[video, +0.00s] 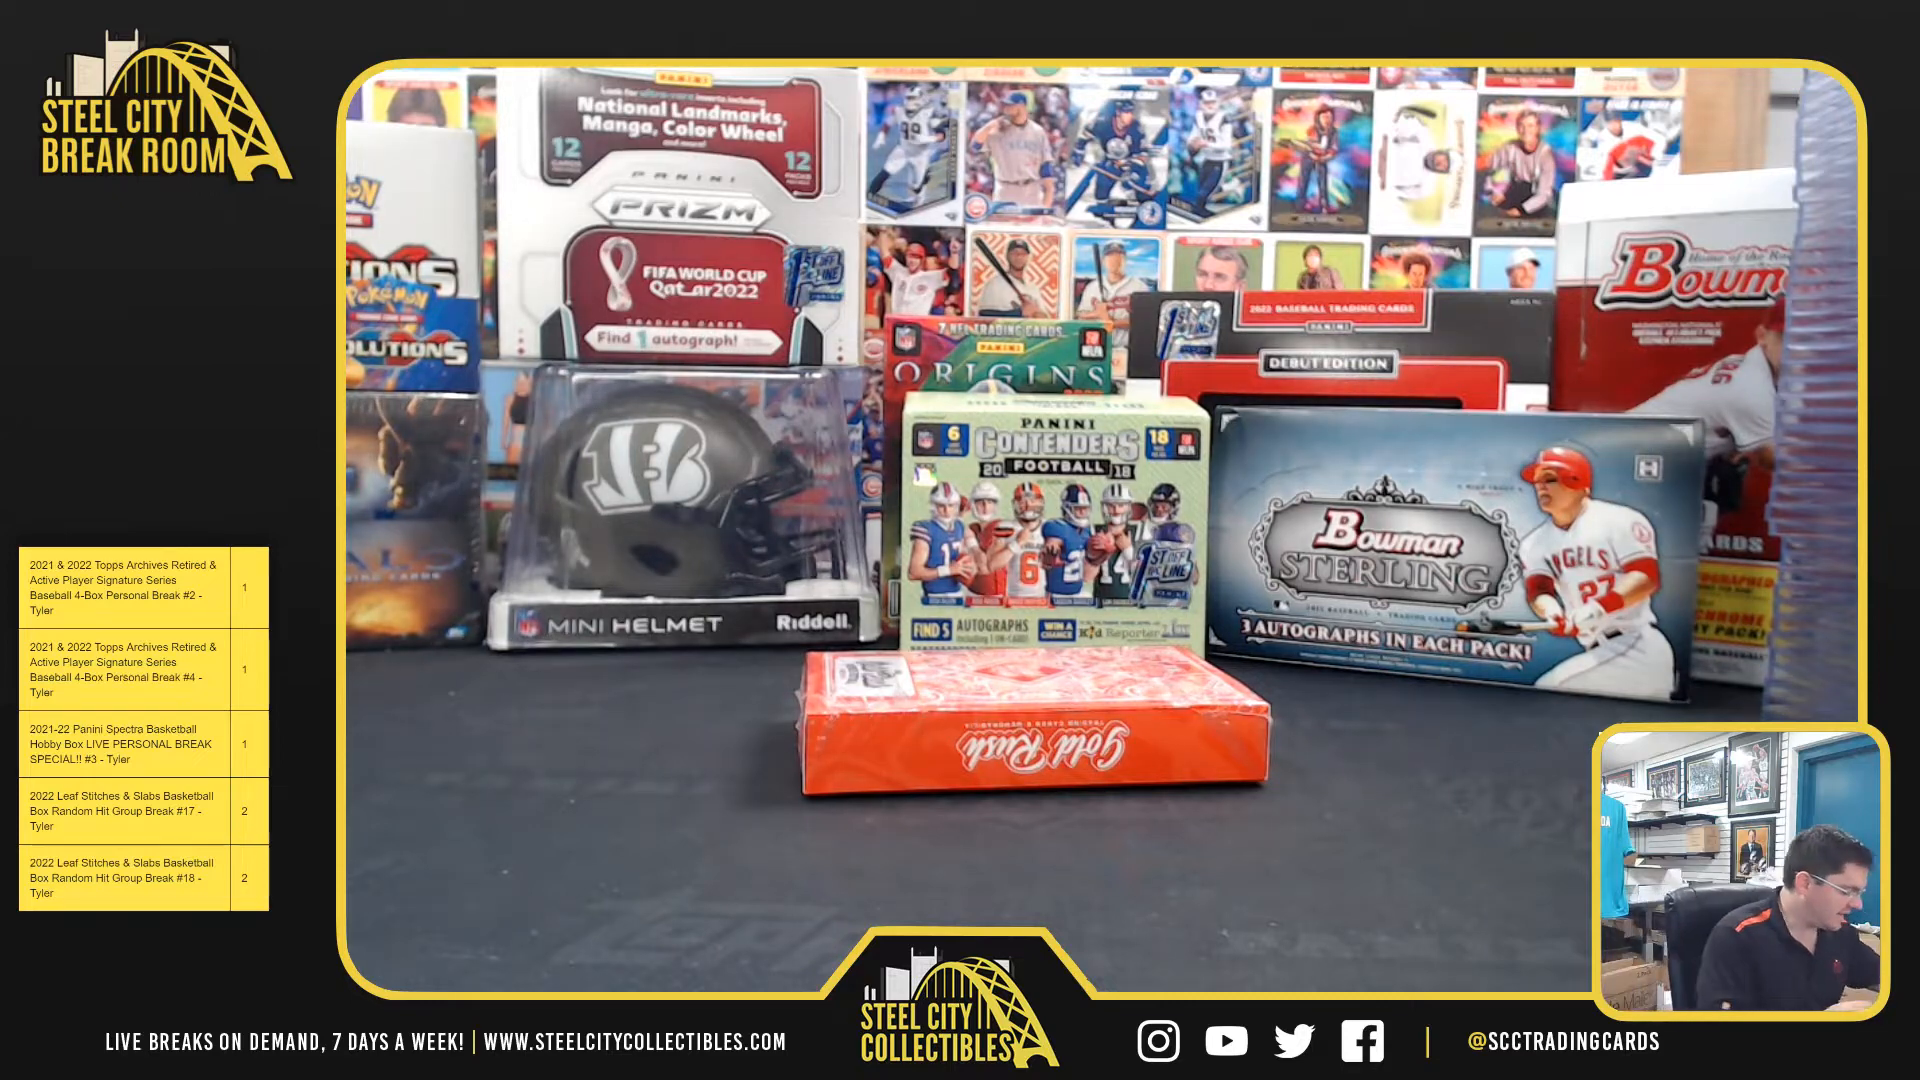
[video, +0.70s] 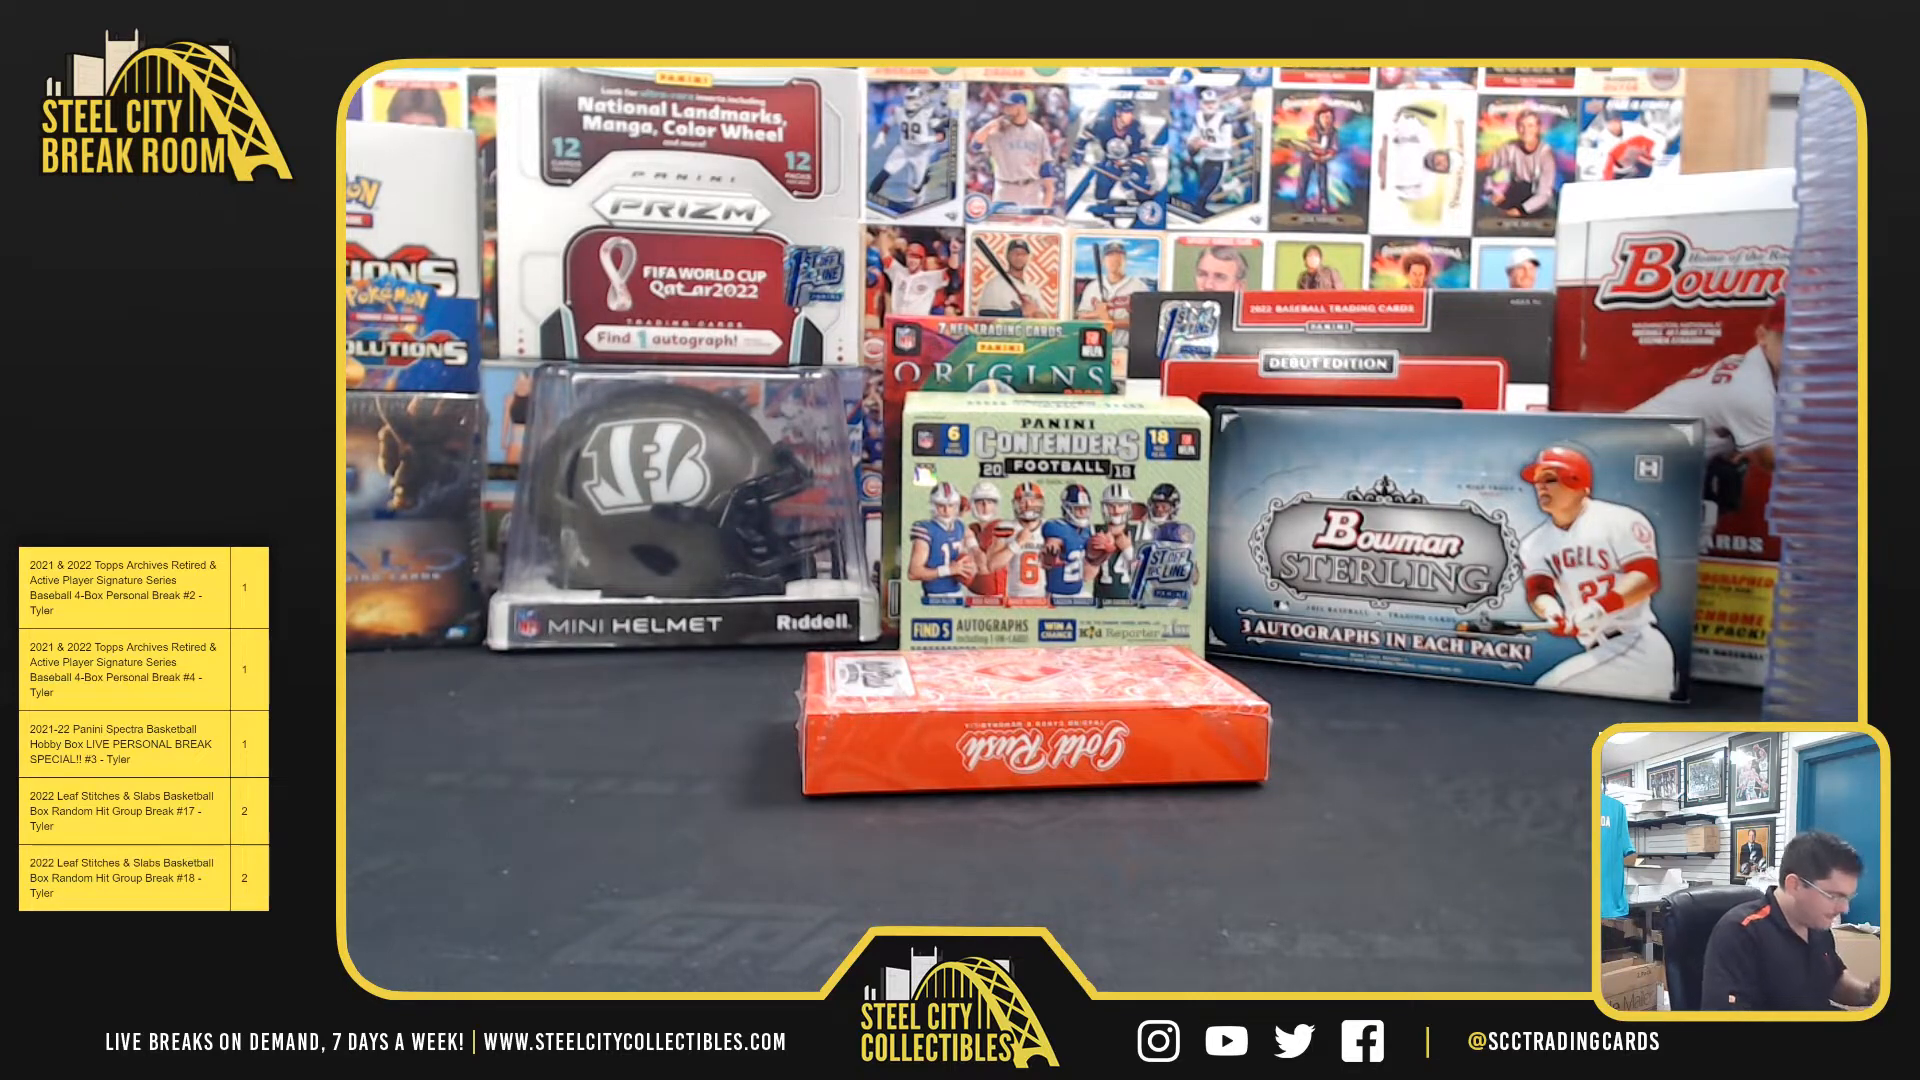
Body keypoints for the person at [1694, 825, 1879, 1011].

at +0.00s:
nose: (1857, 905)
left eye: (1860, 893)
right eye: (1847, 892)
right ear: (1804, 884)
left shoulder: (1840, 933)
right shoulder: (1735, 936)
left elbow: (1885, 980)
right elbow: (1718, 1021)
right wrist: (1825, 1017)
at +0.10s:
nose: (1848, 900)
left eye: (1850, 888)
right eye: (1838, 887)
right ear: (1796, 879)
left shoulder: (1827, 923)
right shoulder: (1735, 935)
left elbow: (1862, 971)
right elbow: (1733, 1018)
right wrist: (1836, 1011)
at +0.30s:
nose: (1836, 898)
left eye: (1839, 886)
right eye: (1826, 885)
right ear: (1785, 878)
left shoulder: (1820, 926)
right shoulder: (1733, 930)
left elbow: (1840, 973)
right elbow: (1736, 1014)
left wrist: (1862, 982)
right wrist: (1829, 1009)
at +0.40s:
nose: (1834, 899)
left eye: (1837, 887)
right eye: (1825, 886)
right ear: (1784, 878)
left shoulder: (1818, 928)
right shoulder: (1731, 928)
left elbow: (1841, 976)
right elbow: (1727, 1011)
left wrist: (1862, 988)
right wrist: (1821, 1010)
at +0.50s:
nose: (1834, 901)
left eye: (1838, 890)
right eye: (1825, 888)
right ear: (1785, 879)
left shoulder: (1817, 927)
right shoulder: (1731, 927)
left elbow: (1838, 974)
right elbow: (1724, 1010)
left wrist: (1858, 987)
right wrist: (1819, 1010)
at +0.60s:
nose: (1839, 905)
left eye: (1843, 894)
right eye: (1829, 892)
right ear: (1789, 882)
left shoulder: (1816, 926)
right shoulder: (1733, 928)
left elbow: (1832, 982)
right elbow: (1721, 1010)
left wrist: (1861, 988)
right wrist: (1826, 1017)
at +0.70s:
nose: (1845, 909)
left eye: (1848, 898)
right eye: (1835, 897)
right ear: (1794, 884)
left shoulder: (1815, 924)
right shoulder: (1738, 931)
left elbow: (1833, 979)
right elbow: (1723, 1017)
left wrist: (1866, 993)